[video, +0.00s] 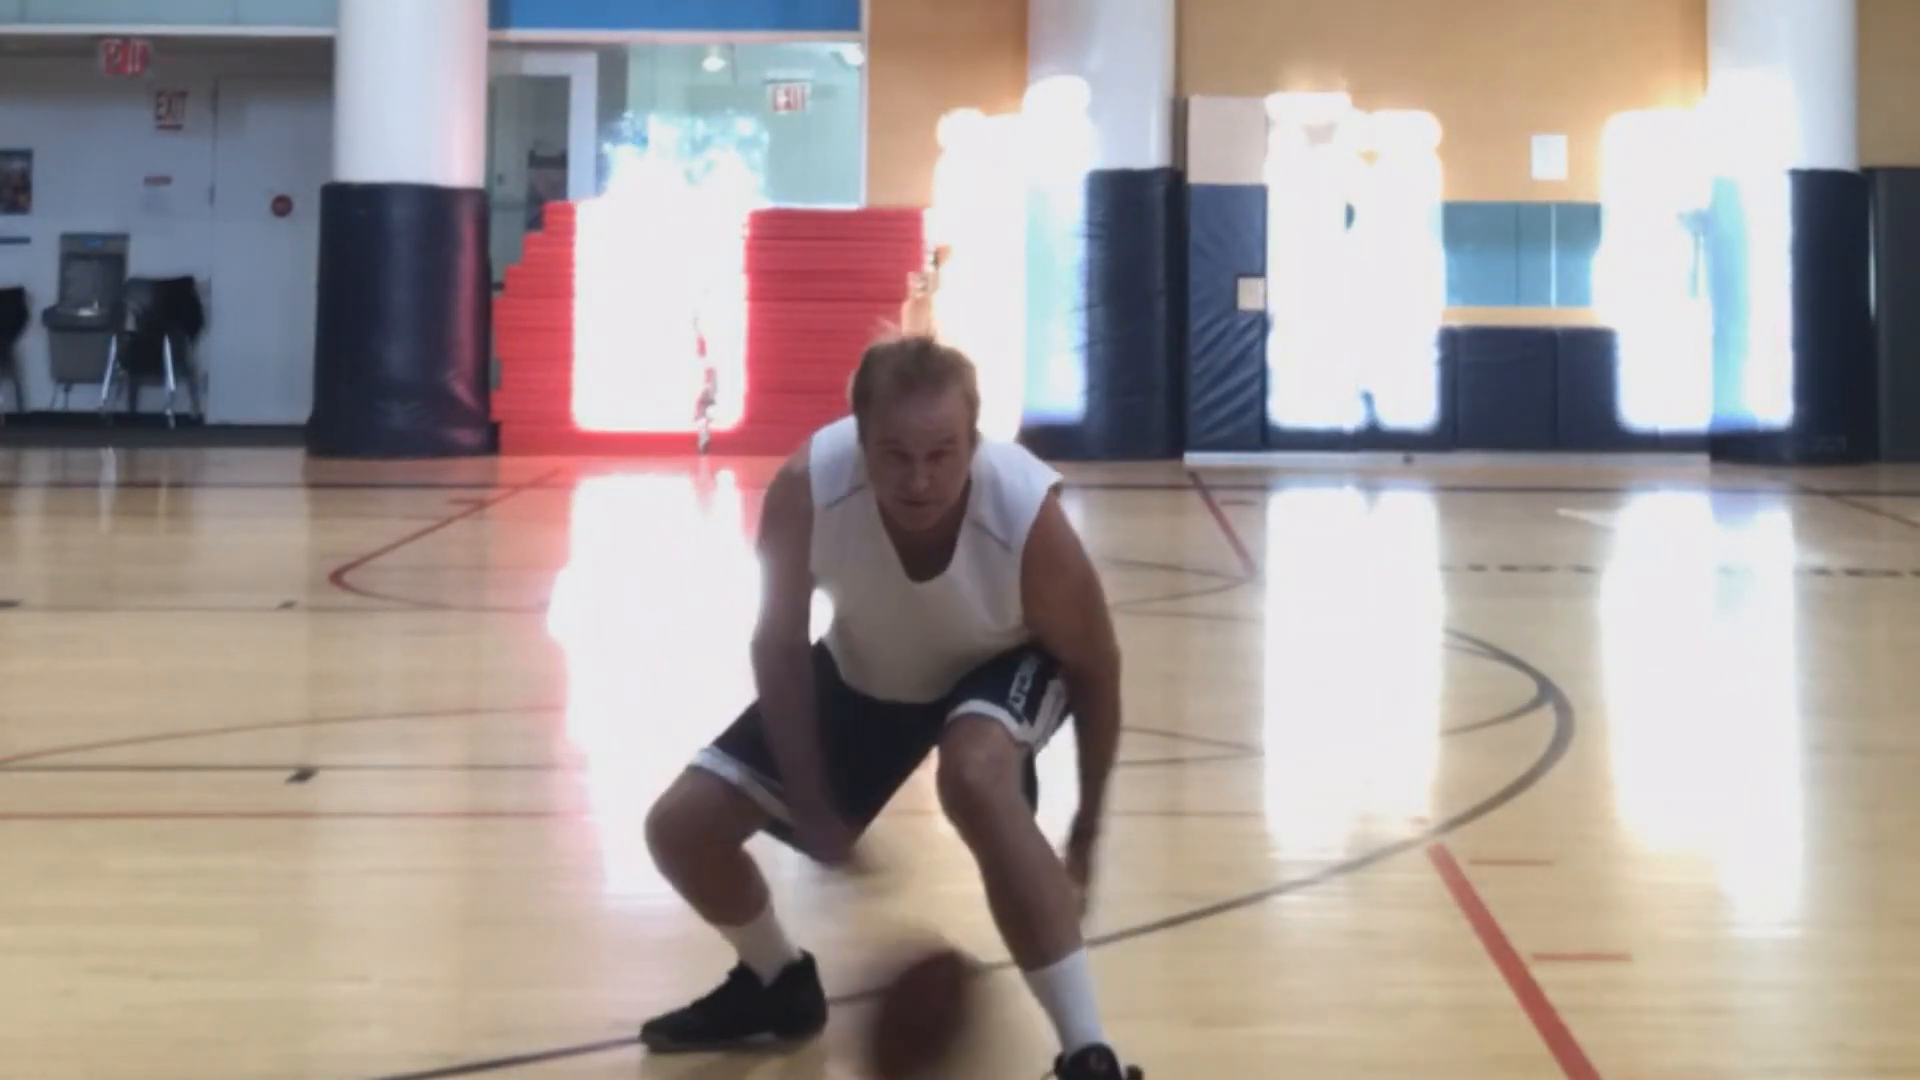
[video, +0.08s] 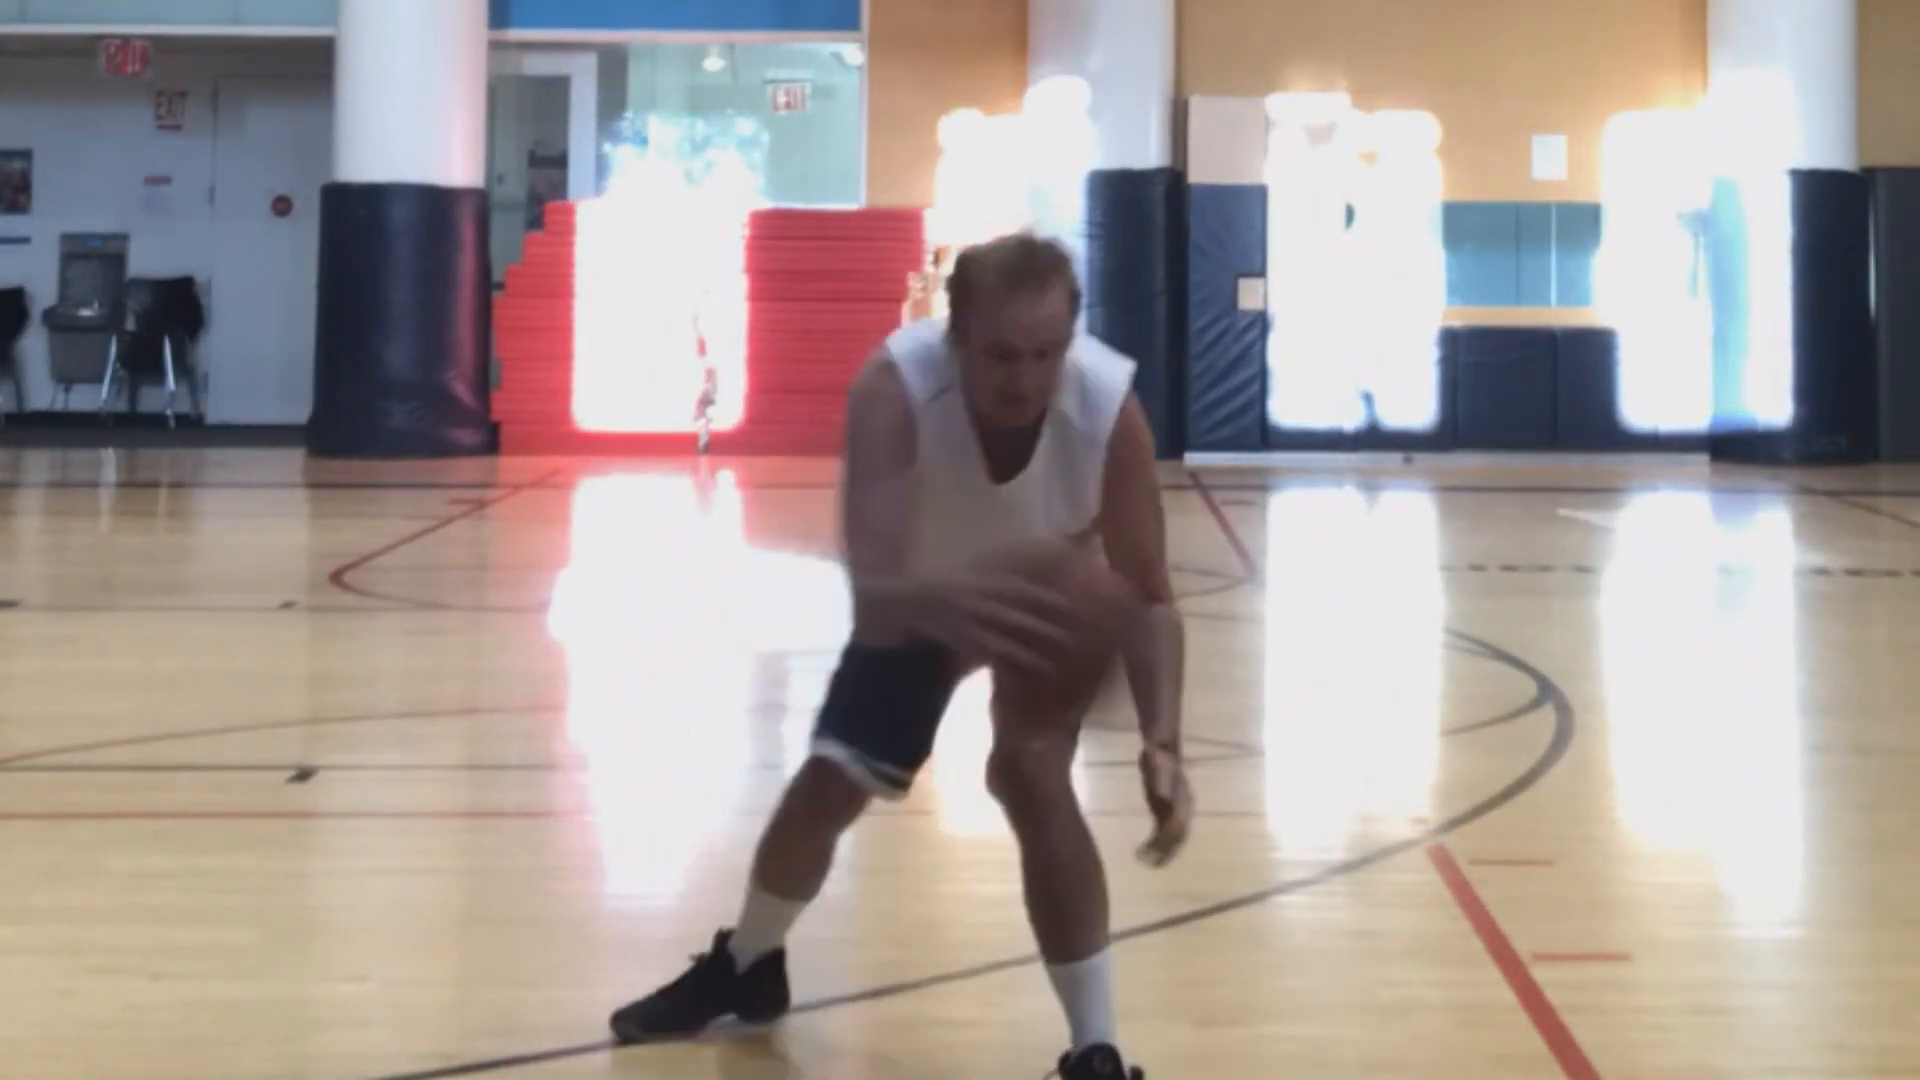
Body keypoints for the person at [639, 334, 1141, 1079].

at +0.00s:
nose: (919, 482)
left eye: (941, 457)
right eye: (895, 457)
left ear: (972, 438)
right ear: (861, 436)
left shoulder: (1023, 506)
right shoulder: (808, 487)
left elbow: (1097, 666)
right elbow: (778, 643)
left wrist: (1087, 829)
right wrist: (811, 804)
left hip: (1008, 654)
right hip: (870, 662)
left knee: (974, 776)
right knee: (682, 828)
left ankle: (1088, 1054)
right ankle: (777, 983)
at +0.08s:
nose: (1023, 379)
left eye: (1045, 355)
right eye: (1002, 355)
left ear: (1071, 336)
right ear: (958, 333)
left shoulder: (1107, 408)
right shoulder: (893, 391)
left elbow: (1147, 594)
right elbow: (876, 603)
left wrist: (1162, 738)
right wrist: (963, 615)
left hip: (1057, 604)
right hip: (925, 599)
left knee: (1031, 777)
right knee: (830, 779)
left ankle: (1095, 1051)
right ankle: (746, 964)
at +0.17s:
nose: (1002, 308)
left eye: (1023, 286)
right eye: (981, 284)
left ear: (1046, 271)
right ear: (934, 260)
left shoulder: (1071, 353)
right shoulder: (851, 317)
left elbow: (1136, 488)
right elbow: (730, 453)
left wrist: (1268, 588)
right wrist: (695, 617)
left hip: (983, 547)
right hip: (838, 543)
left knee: (1067, 762)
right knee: (840, 757)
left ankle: (1042, 981)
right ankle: (756, 1036)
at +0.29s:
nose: (968, 430)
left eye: (986, 413)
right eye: (948, 414)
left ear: (1003, 374)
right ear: (898, 371)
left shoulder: (1036, 413)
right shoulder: (819, 379)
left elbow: (1092, 592)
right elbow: (729, 514)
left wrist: (1125, 766)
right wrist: (711, 645)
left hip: (971, 556)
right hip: (823, 557)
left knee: (1095, 752)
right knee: (821, 750)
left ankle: (1060, 967)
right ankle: (742, 1027)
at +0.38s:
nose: (920, 431)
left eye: (936, 410)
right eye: (896, 417)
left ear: (970, 366)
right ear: (863, 388)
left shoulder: (1033, 388)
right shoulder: (819, 412)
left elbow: (1093, 527)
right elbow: (771, 593)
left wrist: (1132, 671)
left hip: (1013, 571)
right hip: (862, 575)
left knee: (1116, 756)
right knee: (847, 757)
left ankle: (1063, 973)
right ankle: (742, 1031)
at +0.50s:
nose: (840, 502)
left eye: (856, 486)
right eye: (821, 488)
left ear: (893, 437)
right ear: (787, 442)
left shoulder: (968, 412)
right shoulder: (739, 450)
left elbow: (1078, 506)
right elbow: (687, 614)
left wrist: (1128, 637)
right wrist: (699, 770)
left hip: (945, 555)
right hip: (794, 562)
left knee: (1055, 756)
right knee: (784, 746)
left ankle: (1084, 969)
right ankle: (742, 1036)